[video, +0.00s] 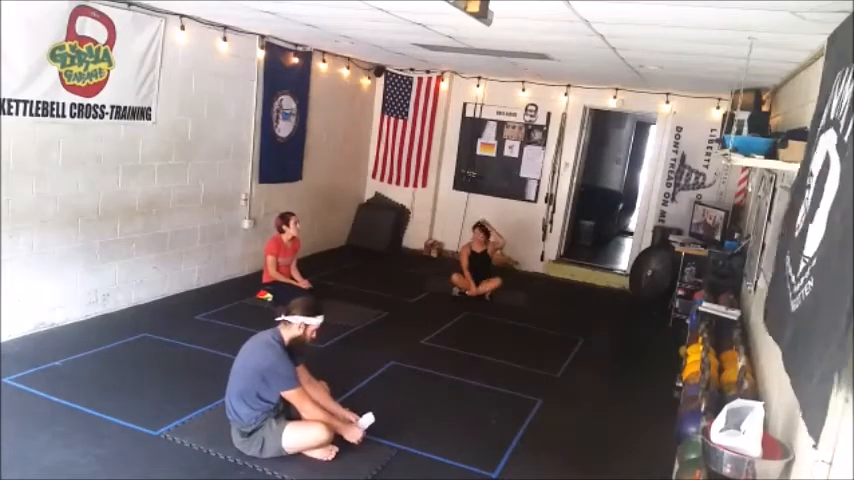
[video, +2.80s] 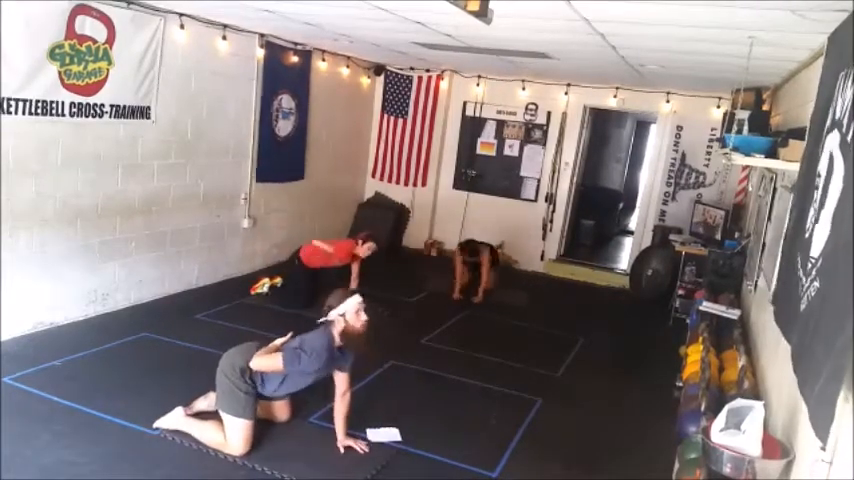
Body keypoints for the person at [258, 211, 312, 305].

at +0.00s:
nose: (299, 226)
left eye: (298, 223)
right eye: (295, 223)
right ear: (285, 227)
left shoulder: (295, 242)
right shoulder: (273, 243)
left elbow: (293, 267)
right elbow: (272, 272)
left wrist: (301, 281)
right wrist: (296, 284)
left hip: (287, 281)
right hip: (272, 283)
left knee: (309, 292)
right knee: (302, 296)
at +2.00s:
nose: (296, 228)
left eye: (297, 225)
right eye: (292, 225)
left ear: (299, 226)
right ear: (283, 226)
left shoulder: (295, 242)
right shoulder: (273, 243)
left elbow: (293, 267)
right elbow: (272, 273)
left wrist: (302, 281)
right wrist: (298, 283)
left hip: (288, 280)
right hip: (272, 282)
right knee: (303, 298)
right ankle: (270, 297)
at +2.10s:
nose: (296, 228)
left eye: (298, 225)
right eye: (293, 225)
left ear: (299, 226)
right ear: (283, 226)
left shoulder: (295, 242)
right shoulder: (273, 243)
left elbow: (292, 267)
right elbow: (272, 273)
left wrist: (302, 281)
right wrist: (298, 283)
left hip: (287, 280)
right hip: (272, 282)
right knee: (302, 298)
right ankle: (270, 297)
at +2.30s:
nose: (337, 245)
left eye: (338, 241)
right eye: (334, 241)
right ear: (325, 239)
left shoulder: (327, 252)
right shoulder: (312, 251)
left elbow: (326, 274)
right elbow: (306, 281)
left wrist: (339, 294)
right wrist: (325, 301)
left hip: (295, 274)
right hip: (282, 274)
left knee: (311, 301)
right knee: (303, 302)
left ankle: (280, 292)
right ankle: (275, 296)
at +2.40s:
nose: (367, 257)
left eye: (369, 255)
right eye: (366, 253)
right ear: (358, 247)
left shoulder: (353, 252)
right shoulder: (343, 254)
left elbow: (353, 280)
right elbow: (335, 285)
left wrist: (354, 304)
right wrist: (335, 311)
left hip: (308, 263)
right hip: (298, 263)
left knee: (314, 296)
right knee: (307, 301)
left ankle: (283, 286)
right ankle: (277, 293)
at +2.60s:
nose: (367, 260)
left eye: (371, 259)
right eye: (369, 256)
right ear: (363, 247)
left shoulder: (358, 254)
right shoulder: (345, 254)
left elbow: (355, 280)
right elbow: (337, 284)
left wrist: (352, 303)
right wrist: (335, 311)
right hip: (305, 260)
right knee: (303, 300)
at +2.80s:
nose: (369, 253)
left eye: (371, 251)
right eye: (368, 249)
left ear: (366, 249)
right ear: (360, 243)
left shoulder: (356, 256)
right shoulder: (346, 249)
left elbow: (354, 276)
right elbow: (328, 249)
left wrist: (352, 294)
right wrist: (316, 244)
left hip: (311, 264)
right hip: (301, 262)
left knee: (309, 297)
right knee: (301, 300)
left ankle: (278, 284)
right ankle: (272, 287)